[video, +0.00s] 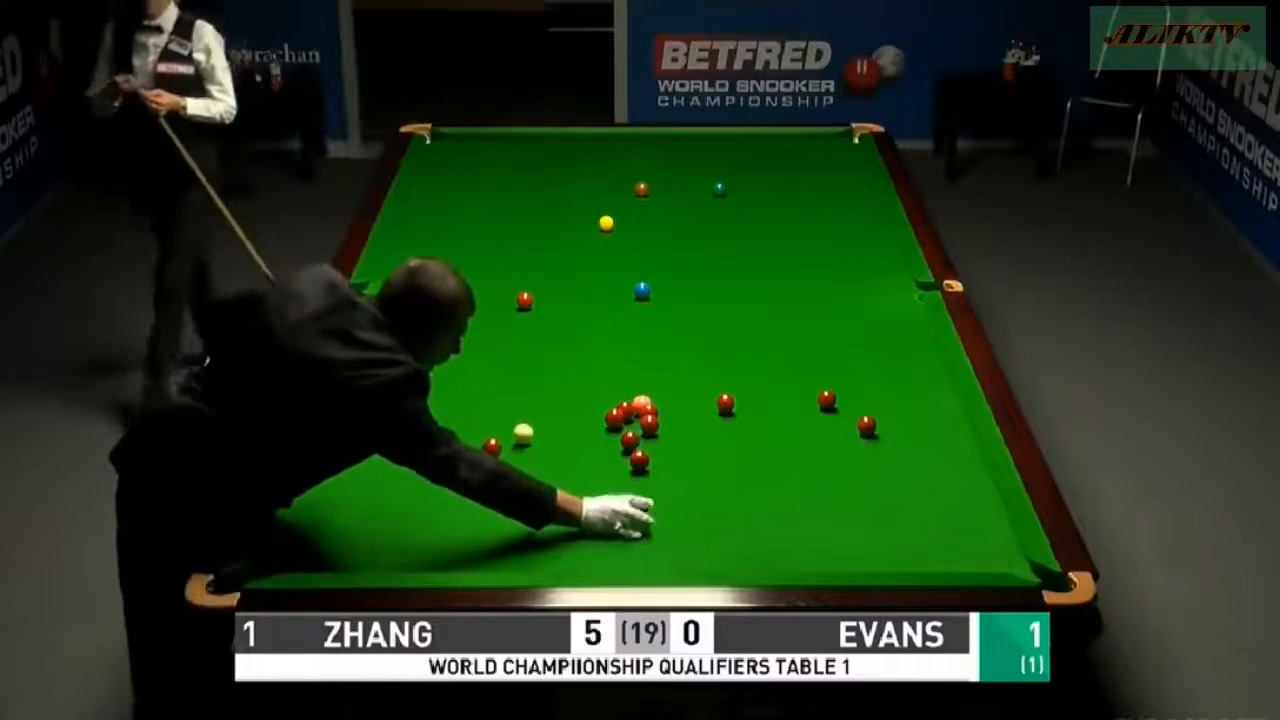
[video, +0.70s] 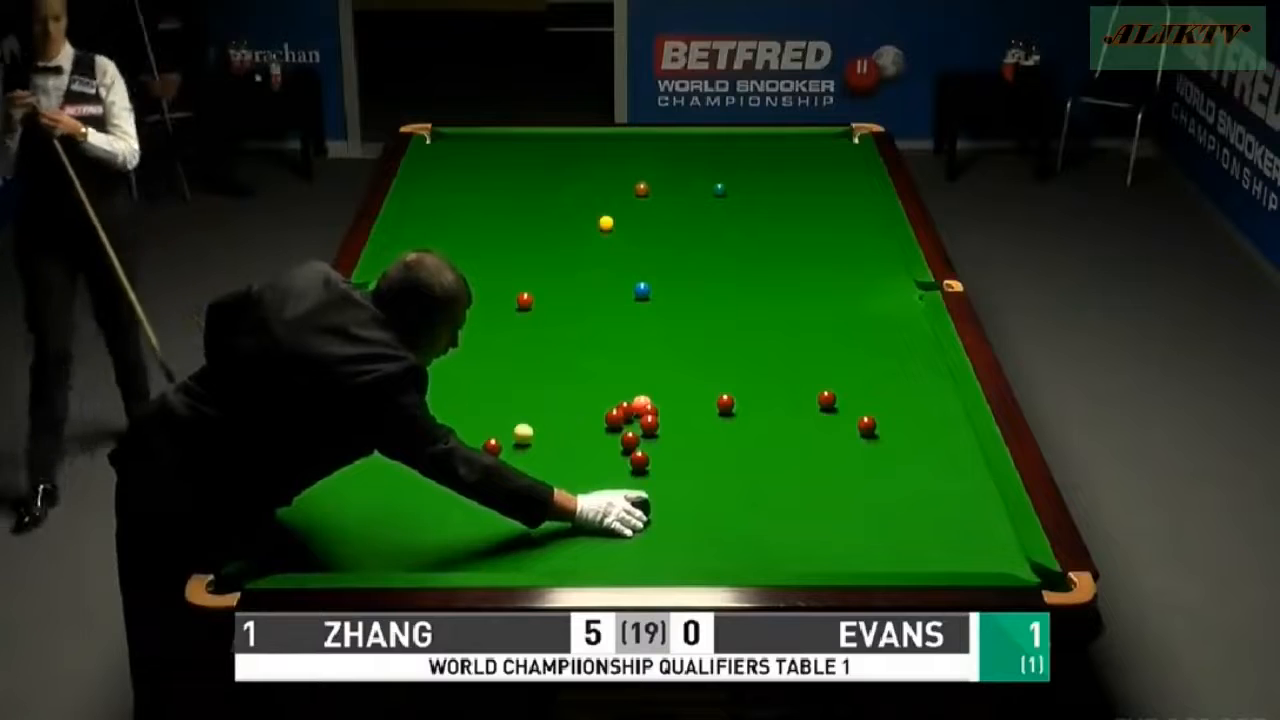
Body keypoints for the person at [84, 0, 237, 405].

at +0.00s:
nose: (149, 7)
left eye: (157, 3)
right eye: (145, 3)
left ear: (170, 1)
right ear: (137, 3)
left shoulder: (201, 35)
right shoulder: (118, 34)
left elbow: (226, 107)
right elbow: (94, 103)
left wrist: (179, 103)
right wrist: (113, 92)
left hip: (192, 164)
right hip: (142, 162)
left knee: (172, 273)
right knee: (192, 265)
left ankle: (159, 384)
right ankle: (220, 351)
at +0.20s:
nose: (121, 7)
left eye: (126, 2)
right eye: (117, 4)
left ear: (138, 4)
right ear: (109, 5)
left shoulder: (173, 47)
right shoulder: (87, 45)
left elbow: (198, 120)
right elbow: (64, 116)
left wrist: (150, 115)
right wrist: (84, 104)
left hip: (160, 186)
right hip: (105, 183)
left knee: (153, 295)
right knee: (132, 290)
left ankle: (147, 409)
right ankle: (186, 333)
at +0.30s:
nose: (100, 7)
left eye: (107, 2)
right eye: (96, 3)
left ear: (123, 4)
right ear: (88, 6)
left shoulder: (157, 49)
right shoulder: (69, 48)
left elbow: (182, 125)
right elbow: (45, 121)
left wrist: (132, 116)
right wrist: (66, 104)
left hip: (145, 193)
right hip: (89, 191)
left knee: (144, 302)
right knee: (96, 297)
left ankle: (145, 418)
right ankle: (147, 363)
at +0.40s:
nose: (86, 7)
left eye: (92, 1)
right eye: (81, 2)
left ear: (110, 2)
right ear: (73, 7)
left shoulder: (147, 52)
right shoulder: (58, 52)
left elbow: (172, 128)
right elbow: (41, 129)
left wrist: (121, 117)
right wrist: (54, 105)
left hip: (139, 200)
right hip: (80, 196)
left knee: (140, 309)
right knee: (80, 306)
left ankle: (145, 415)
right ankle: (112, 400)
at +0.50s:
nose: (72, 13)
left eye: (78, 4)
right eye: (66, 6)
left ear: (94, 6)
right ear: (57, 10)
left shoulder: (134, 59)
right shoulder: (43, 63)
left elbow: (156, 136)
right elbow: (22, 140)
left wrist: (104, 121)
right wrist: (37, 110)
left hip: (127, 211)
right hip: (65, 211)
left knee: (136, 328)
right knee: (69, 330)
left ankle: (147, 438)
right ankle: (62, 447)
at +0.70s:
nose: (49, 25)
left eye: (56, 16)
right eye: (42, 17)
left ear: (68, 16)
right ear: (29, 19)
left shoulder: (101, 72)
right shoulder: (13, 77)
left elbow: (128, 151)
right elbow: (2, 172)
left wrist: (80, 132)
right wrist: (11, 125)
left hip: (104, 224)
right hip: (40, 226)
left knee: (124, 336)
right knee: (50, 351)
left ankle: (148, 446)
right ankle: (41, 480)